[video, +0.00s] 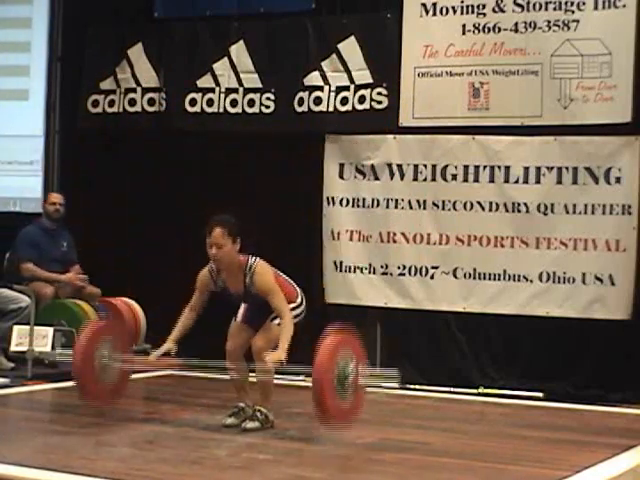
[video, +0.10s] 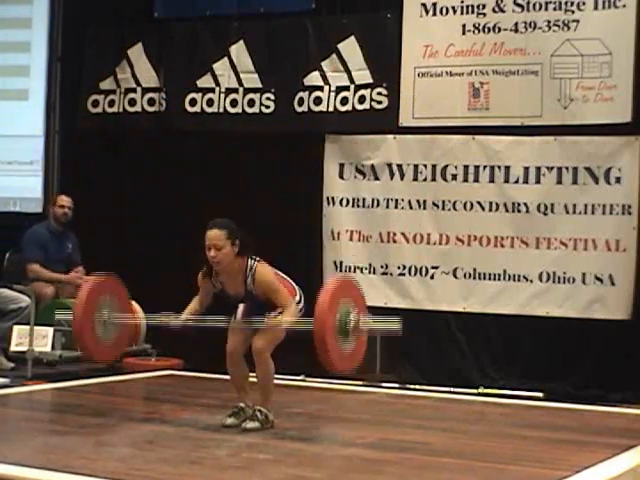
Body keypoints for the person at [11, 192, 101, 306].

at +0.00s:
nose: (57, 208)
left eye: (61, 205)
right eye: (53, 204)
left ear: (65, 208)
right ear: (44, 206)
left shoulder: (65, 234)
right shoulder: (29, 233)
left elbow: (74, 266)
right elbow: (26, 270)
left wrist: (76, 277)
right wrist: (64, 278)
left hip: (62, 281)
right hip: (34, 280)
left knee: (94, 293)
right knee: (47, 292)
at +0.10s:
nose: (66, 211)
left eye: (69, 208)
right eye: (61, 207)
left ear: (72, 212)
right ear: (52, 209)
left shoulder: (70, 237)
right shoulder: (36, 233)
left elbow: (77, 266)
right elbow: (32, 271)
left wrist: (77, 273)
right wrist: (66, 278)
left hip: (61, 279)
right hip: (37, 279)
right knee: (48, 291)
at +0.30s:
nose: (82, 220)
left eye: (85, 217)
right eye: (77, 216)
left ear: (88, 220)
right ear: (67, 216)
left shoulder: (84, 243)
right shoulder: (48, 239)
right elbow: (41, 275)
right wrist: (71, 288)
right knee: (49, 293)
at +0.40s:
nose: (89, 226)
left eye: (92, 222)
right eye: (84, 221)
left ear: (95, 224)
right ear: (74, 221)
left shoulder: (90, 244)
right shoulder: (56, 241)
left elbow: (92, 274)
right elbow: (44, 278)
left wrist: (89, 289)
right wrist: (78, 289)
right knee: (50, 294)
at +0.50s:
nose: (93, 230)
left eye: (97, 226)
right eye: (89, 225)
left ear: (100, 229)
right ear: (80, 225)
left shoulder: (95, 246)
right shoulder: (62, 243)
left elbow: (94, 275)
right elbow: (45, 278)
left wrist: (91, 288)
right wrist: (78, 292)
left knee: (100, 296)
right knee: (52, 296)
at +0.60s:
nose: (97, 233)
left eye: (100, 229)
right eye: (92, 227)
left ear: (103, 231)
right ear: (83, 226)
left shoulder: (99, 248)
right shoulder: (65, 245)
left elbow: (97, 277)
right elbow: (47, 279)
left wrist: (91, 292)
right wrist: (80, 293)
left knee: (102, 297)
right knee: (52, 297)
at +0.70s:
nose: (98, 233)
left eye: (102, 230)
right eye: (94, 228)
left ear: (105, 232)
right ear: (85, 227)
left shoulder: (102, 248)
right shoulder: (67, 245)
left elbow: (99, 278)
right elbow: (49, 278)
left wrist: (93, 293)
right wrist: (81, 294)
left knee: (102, 297)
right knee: (54, 297)